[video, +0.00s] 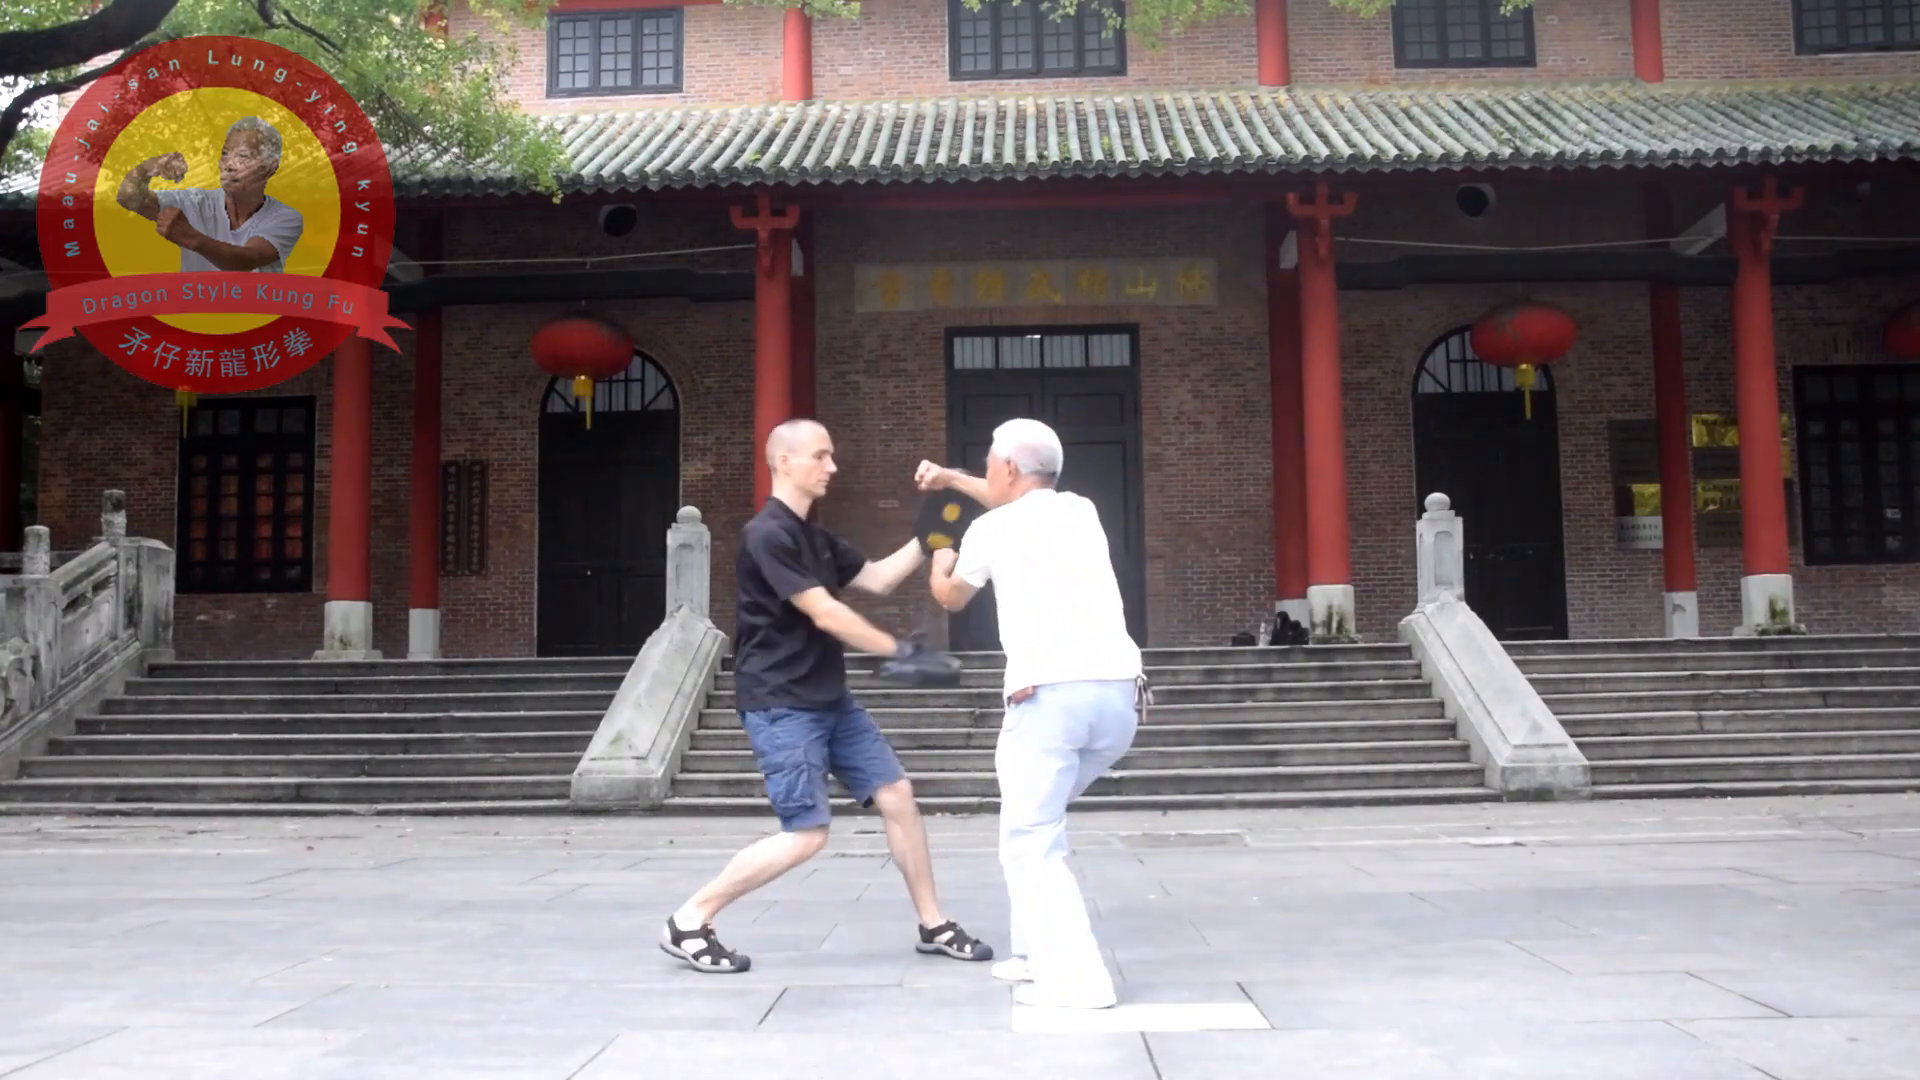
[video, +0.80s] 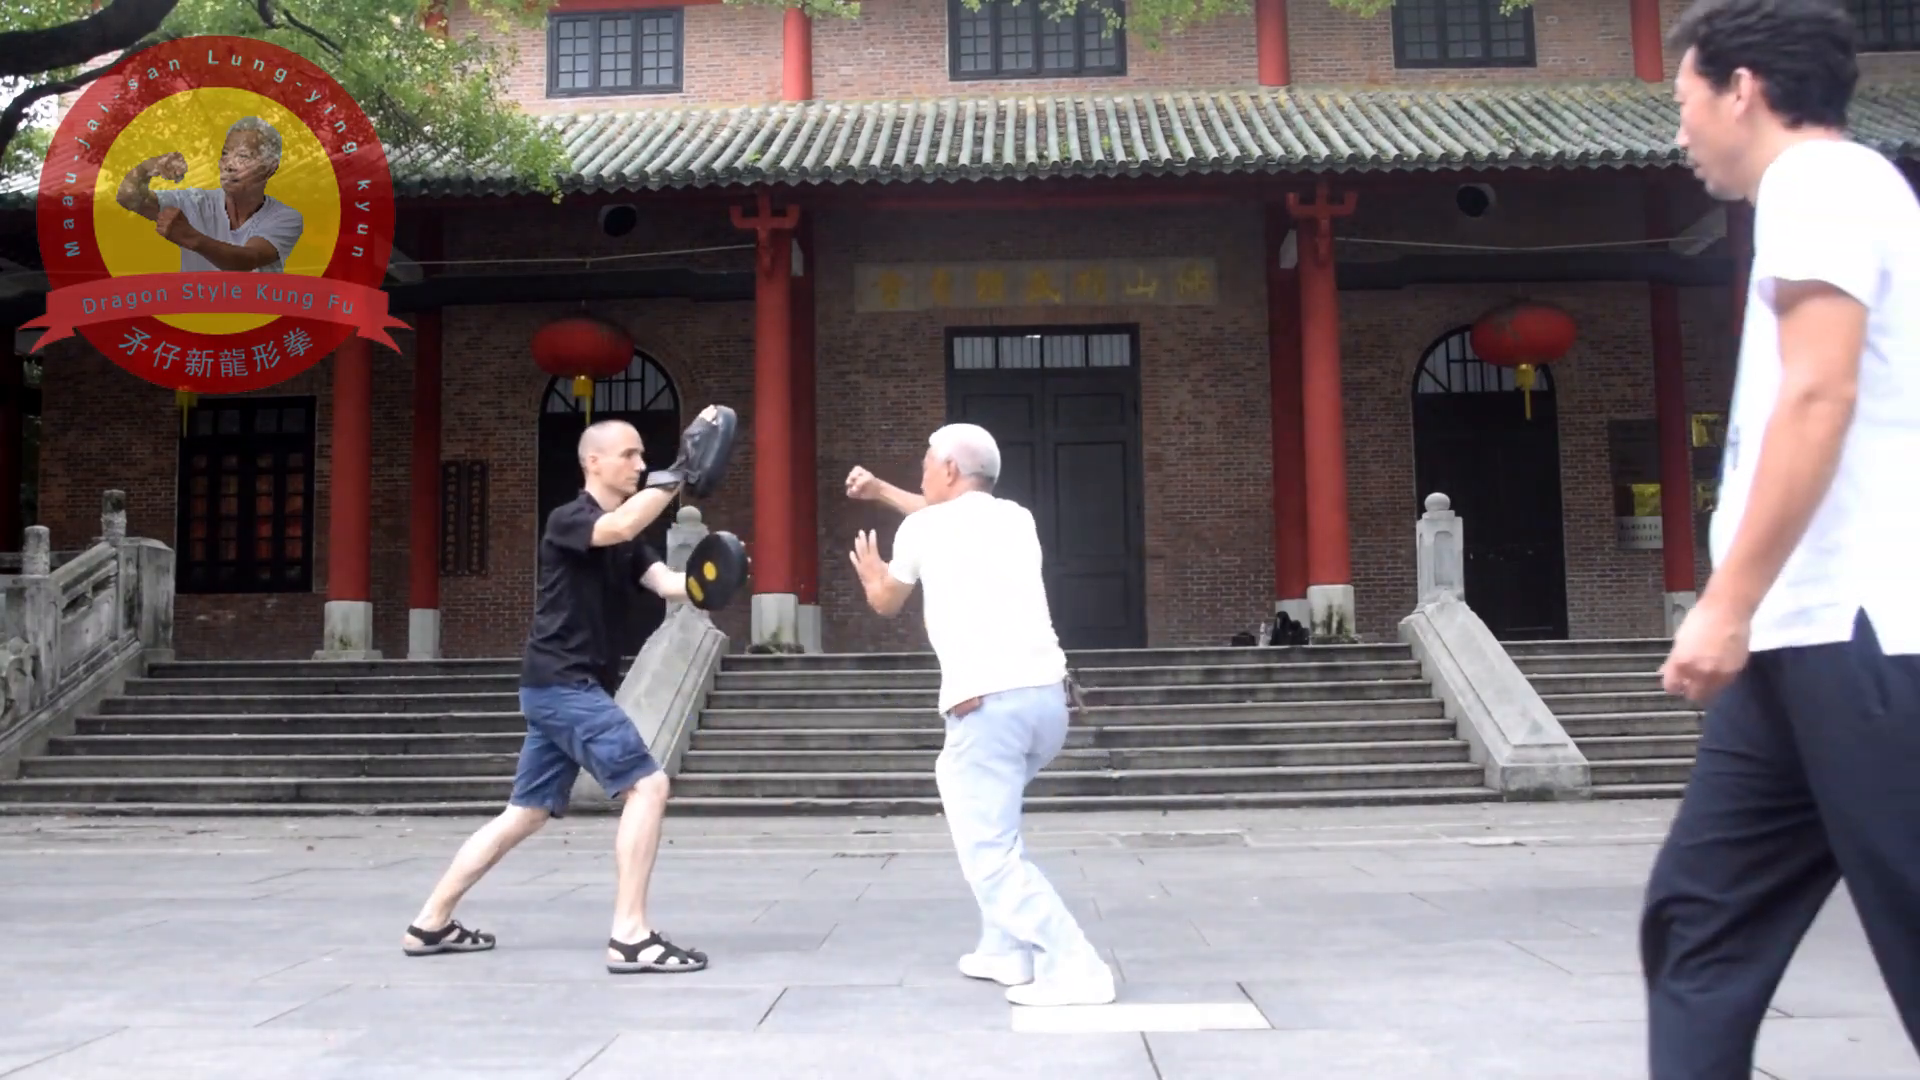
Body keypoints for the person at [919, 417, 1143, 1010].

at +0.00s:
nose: (985, 472)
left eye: (989, 463)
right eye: (987, 462)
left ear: (1009, 470)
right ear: (1048, 471)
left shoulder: (996, 525)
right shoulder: (1082, 510)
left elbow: (951, 596)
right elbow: (1009, 499)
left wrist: (940, 556)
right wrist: (951, 478)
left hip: (1047, 697)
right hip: (1119, 696)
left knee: (1030, 841)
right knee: (1035, 823)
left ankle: (1079, 980)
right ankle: (1035, 952)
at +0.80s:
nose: (923, 472)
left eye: (927, 462)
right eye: (925, 461)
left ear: (948, 471)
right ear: (983, 476)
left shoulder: (923, 525)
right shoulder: (1019, 518)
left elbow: (885, 601)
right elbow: (946, 511)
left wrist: (870, 575)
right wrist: (882, 491)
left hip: (985, 705)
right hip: (1049, 700)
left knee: (990, 857)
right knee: (994, 828)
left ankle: (1077, 970)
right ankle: (1003, 950)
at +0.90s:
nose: (905, 478)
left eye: (910, 469)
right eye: (909, 468)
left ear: (929, 476)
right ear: (963, 482)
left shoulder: (902, 530)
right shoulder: (1003, 526)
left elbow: (874, 605)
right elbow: (947, 535)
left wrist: (901, 539)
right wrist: (880, 524)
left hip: (951, 716)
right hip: (1011, 712)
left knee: (977, 863)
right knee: (901, 800)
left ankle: (1073, 967)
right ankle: (894, 940)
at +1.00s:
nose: (869, 488)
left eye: (874, 478)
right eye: (871, 477)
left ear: (896, 486)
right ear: (924, 490)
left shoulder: (869, 533)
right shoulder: (969, 535)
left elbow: (803, 566)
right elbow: (989, 513)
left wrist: (798, 539)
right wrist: (938, 500)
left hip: (912, 725)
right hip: (962, 722)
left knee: (960, 859)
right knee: (844, 793)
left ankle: (1068, 964)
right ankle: (786, 911)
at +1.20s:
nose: (789, 501)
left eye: (797, 493)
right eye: (791, 491)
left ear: (832, 505)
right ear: (839, 506)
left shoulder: (833, 562)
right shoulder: (855, 546)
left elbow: (758, 627)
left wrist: (692, 608)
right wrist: (862, 463)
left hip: (847, 729)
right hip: (829, 727)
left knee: (885, 836)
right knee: (740, 807)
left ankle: (1004, 931)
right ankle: (741, 933)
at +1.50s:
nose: (749, 489)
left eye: (760, 480)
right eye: (753, 478)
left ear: (794, 492)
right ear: (785, 490)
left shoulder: (826, 546)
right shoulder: (760, 539)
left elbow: (754, 604)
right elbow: (685, 554)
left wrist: (660, 606)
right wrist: (646, 509)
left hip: (835, 721)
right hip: (774, 715)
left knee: (851, 841)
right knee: (712, 812)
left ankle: (877, 915)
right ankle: (733, 933)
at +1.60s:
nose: (753, 494)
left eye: (763, 485)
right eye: (756, 484)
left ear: (798, 495)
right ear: (789, 495)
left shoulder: (834, 550)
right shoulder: (763, 545)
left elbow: (774, 617)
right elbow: (691, 563)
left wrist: (694, 597)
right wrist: (654, 513)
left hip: (837, 721)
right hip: (773, 715)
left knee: (855, 844)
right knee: (730, 826)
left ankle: (874, 920)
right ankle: (704, 935)